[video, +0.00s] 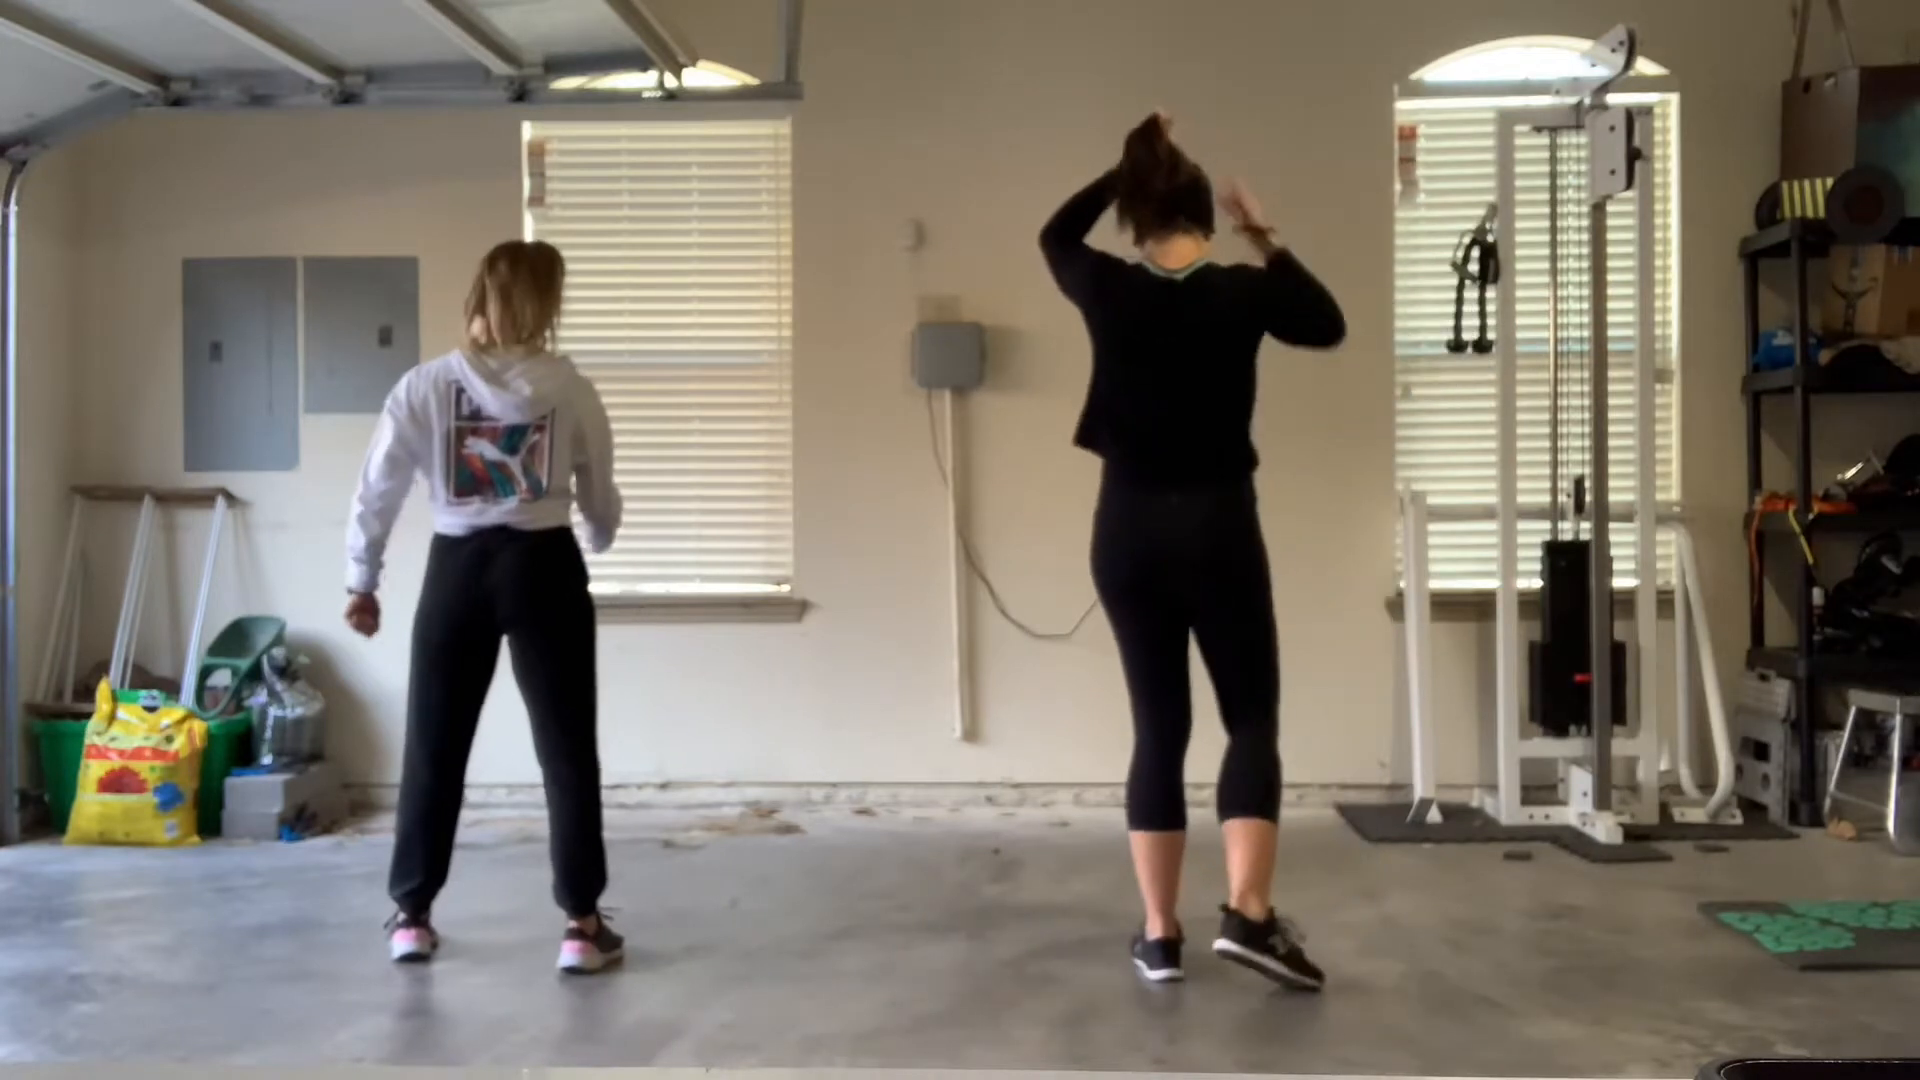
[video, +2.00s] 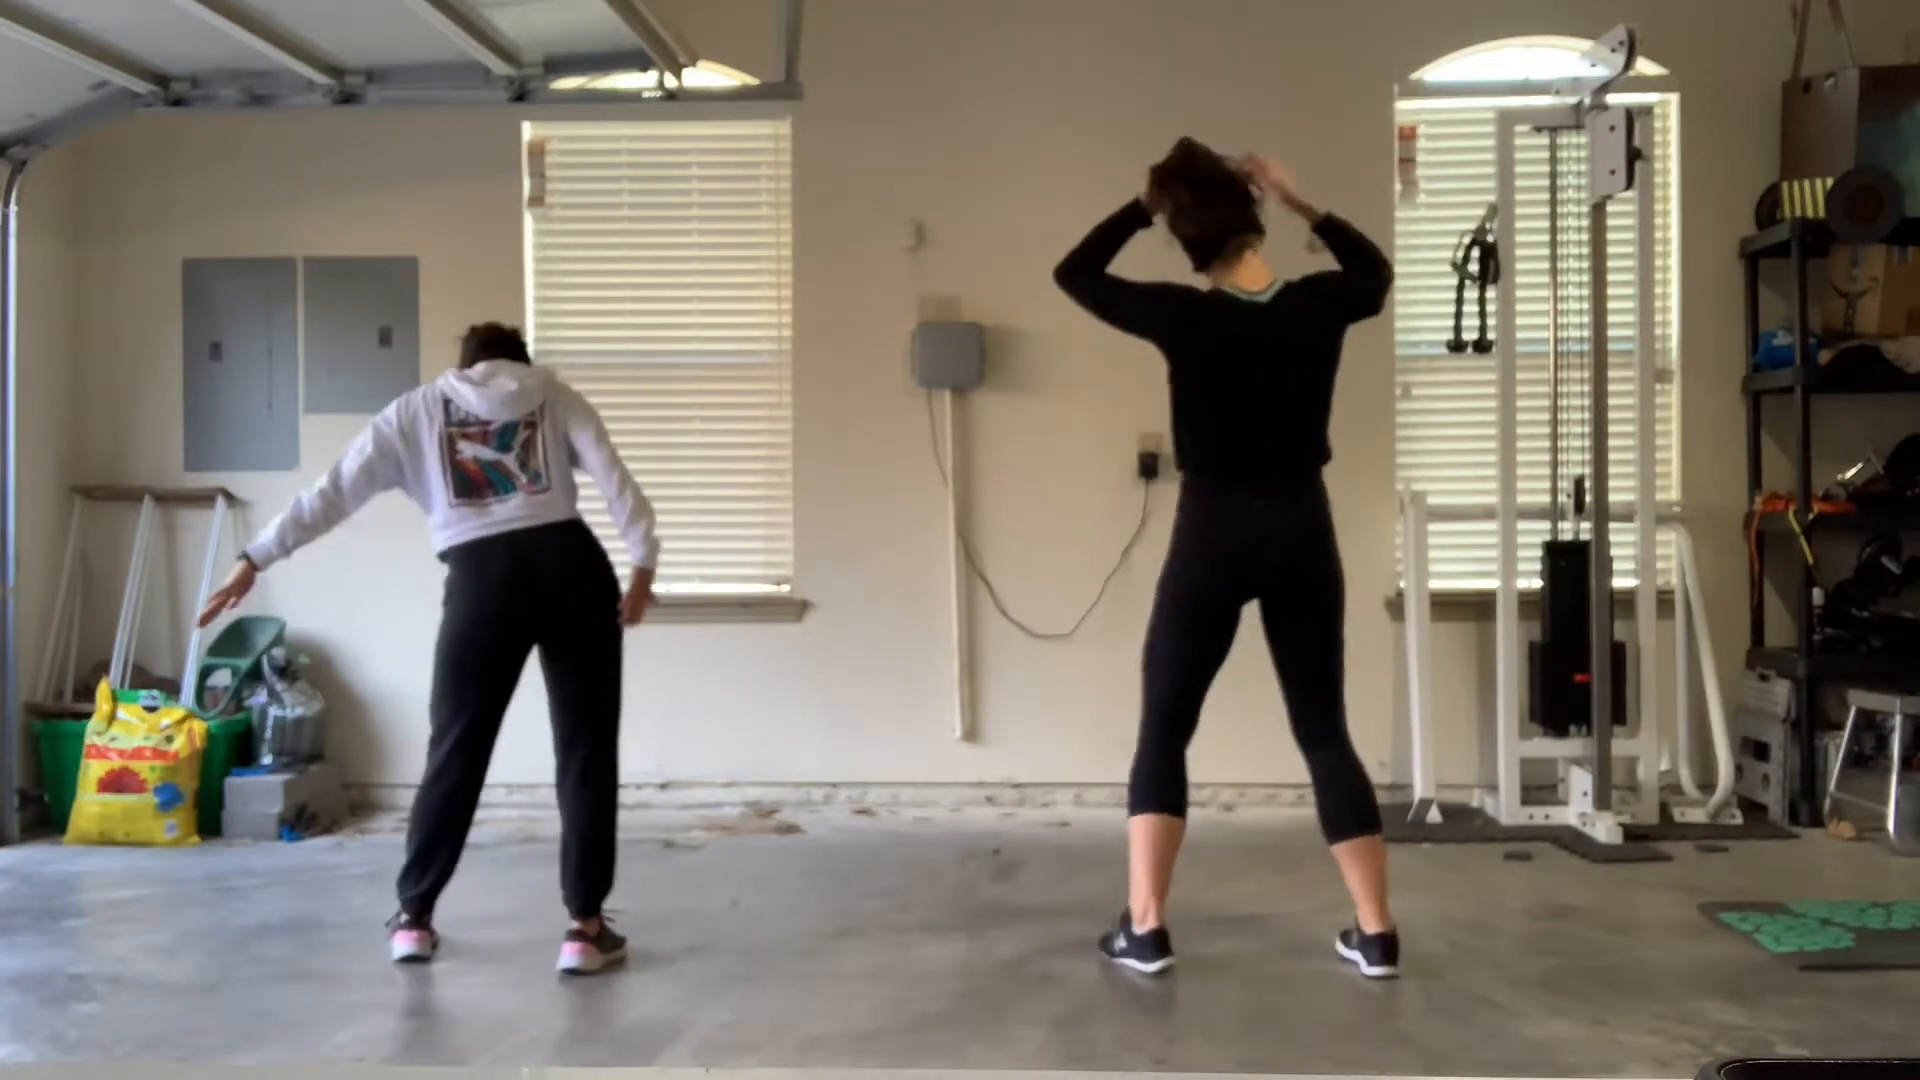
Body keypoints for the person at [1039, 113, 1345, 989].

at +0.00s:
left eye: (1148, 216)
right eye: (1191, 213)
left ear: (1132, 222)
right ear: (1209, 218)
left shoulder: (1112, 293)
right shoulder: (1244, 291)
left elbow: (1058, 237)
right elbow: (1325, 322)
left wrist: (1122, 172)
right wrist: (1268, 239)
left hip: (1127, 537)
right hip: (1222, 536)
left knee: (1157, 727)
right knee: (1250, 722)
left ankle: (1158, 934)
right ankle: (1247, 912)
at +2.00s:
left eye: (1178, 229)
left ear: (1181, 241)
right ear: (1257, 224)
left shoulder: (1184, 319)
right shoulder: (1318, 305)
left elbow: (1076, 273)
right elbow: (1374, 274)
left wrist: (1142, 207)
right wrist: (1305, 207)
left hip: (1210, 545)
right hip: (1303, 543)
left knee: (1165, 729)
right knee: (1325, 731)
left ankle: (1145, 928)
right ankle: (1377, 931)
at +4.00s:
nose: (1221, 275)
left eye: (1220, 262)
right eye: (1232, 259)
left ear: (1223, 257)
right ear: (1291, 245)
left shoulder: (1223, 309)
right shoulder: (1347, 304)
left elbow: (1106, 280)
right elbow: (1349, 255)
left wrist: (1169, 209)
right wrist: (1278, 214)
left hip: (1246, 540)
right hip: (1338, 542)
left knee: (1195, 736)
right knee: (1335, 730)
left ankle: (1141, 928)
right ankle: (1366, 930)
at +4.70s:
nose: (1253, 259)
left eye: (1247, 246)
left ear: (1245, 246)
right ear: (1315, 238)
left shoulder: (1232, 295)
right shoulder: (1355, 302)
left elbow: (1127, 242)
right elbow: (1346, 243)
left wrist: (1210, 196)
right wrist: (1302, 190)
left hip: (1237, 528)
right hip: (1330, 532)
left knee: (1184, 722)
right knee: (1332, 727)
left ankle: (1140, 914)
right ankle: (1365, 930)